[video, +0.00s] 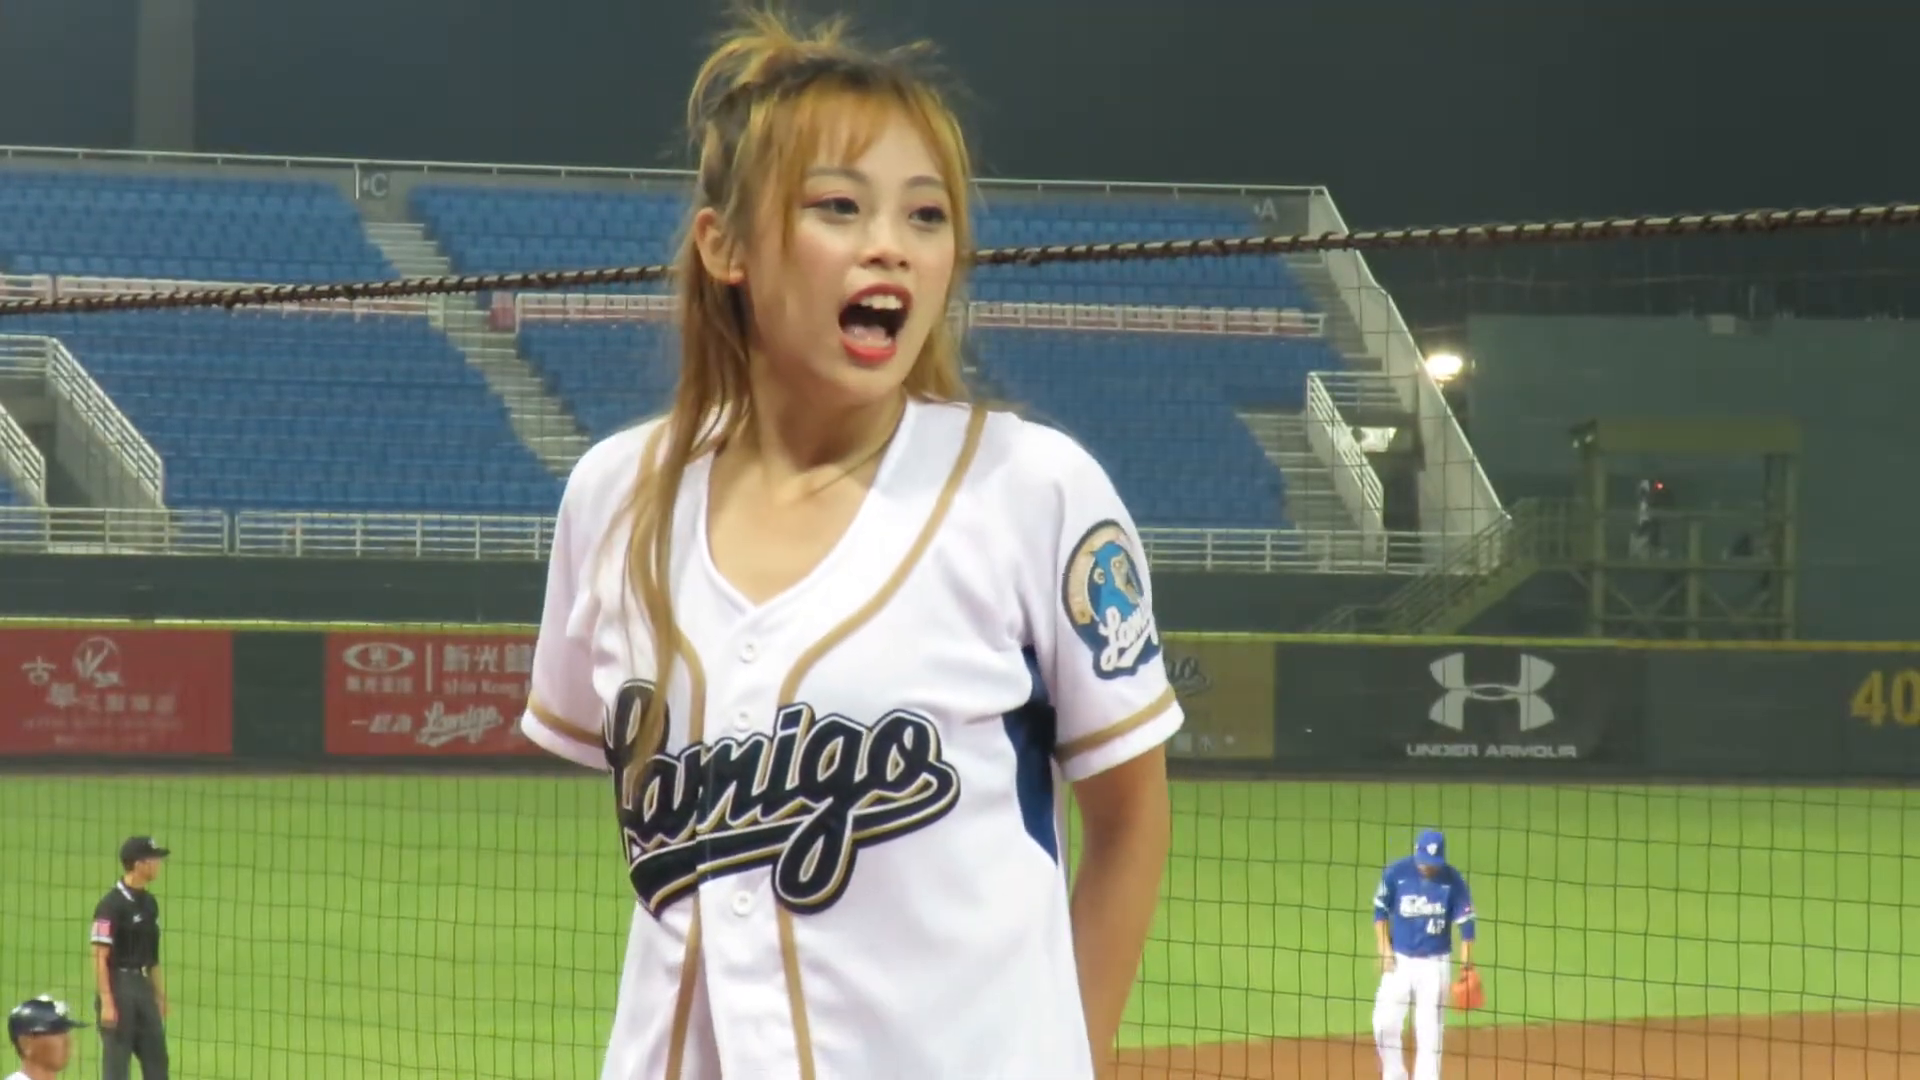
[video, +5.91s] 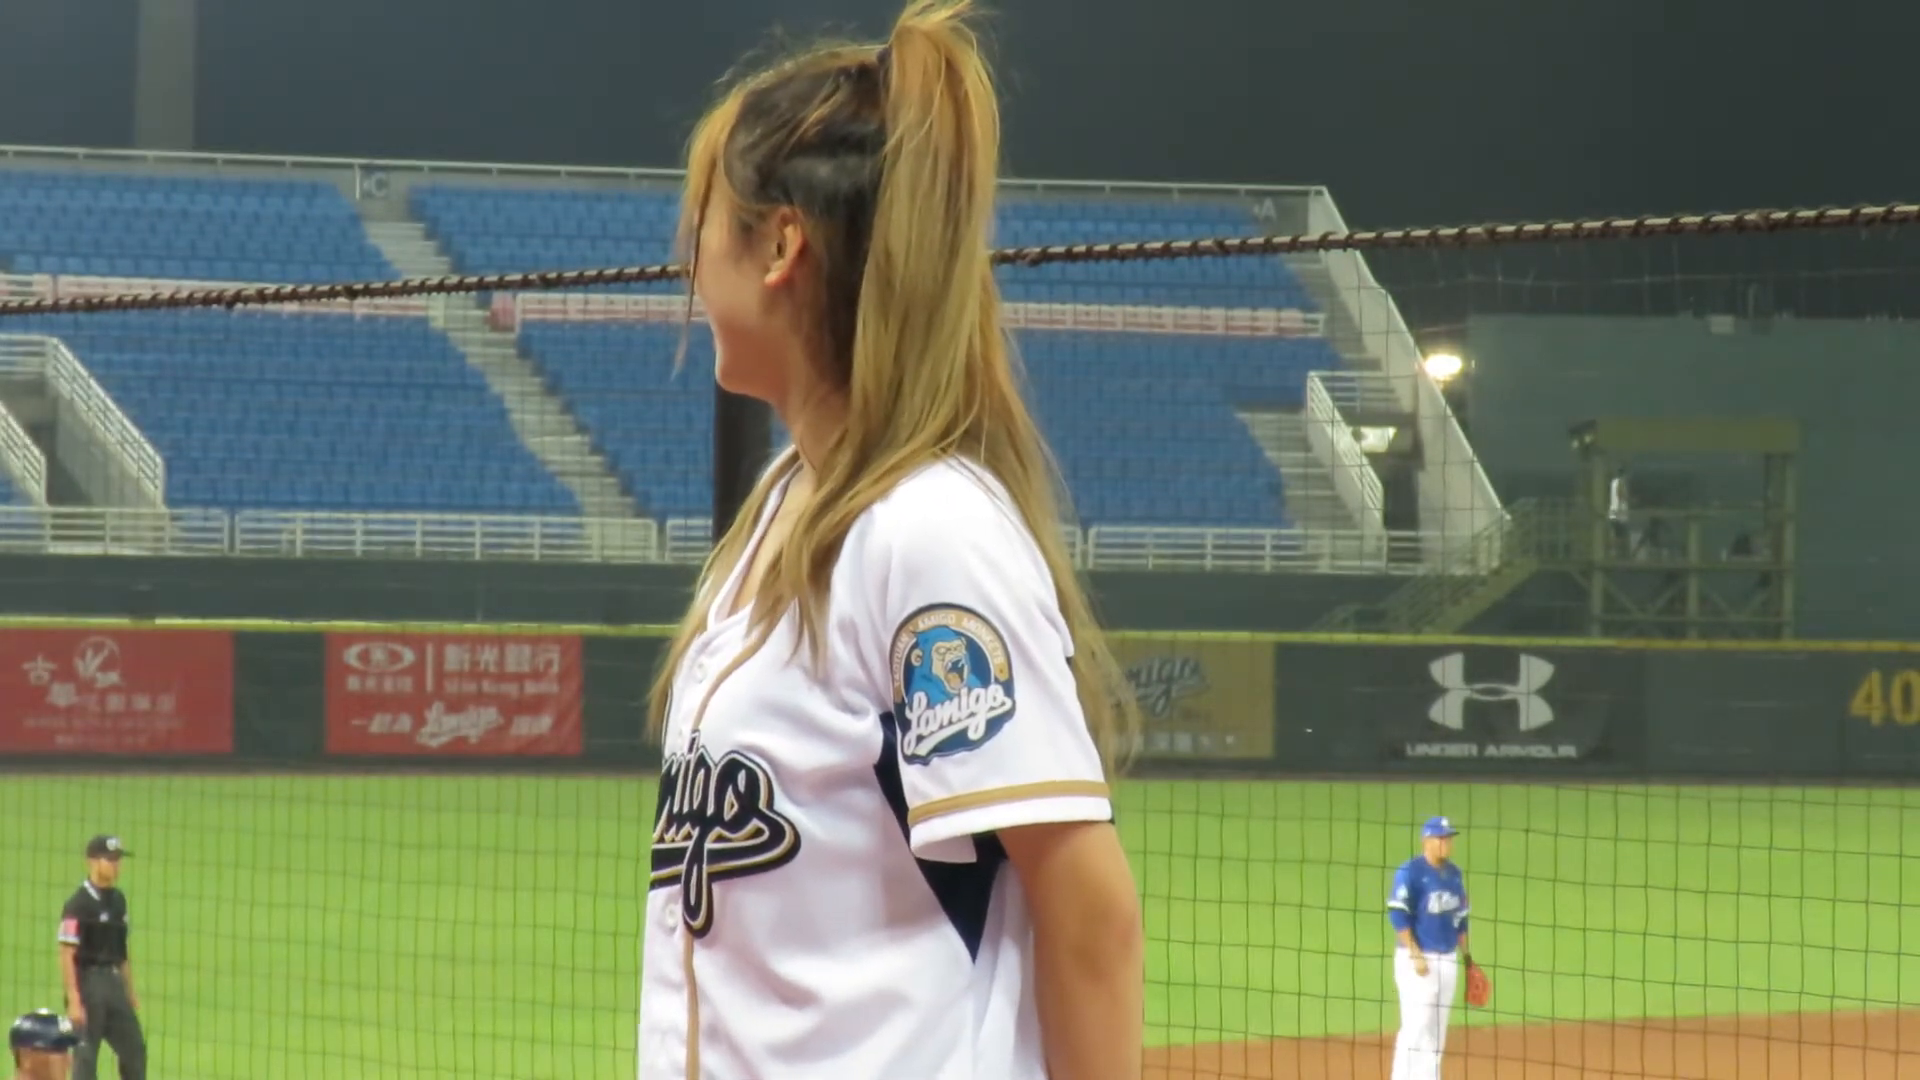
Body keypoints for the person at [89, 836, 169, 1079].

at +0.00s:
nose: (158, 865)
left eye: (157, 860)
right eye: (153, 860)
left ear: (143, 865)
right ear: (137, 865)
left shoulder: (149, 903)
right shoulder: (111, 904)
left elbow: (152, 957)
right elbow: (100, 957)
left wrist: (159, 995)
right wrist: (107, 1002)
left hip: (142, 977)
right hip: (117, 977)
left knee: (156, 1057)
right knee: (117, 1059)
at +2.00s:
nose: (169, 861)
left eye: (170, 856)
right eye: (163, 855)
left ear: (169, 858)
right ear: (147, 857)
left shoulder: (166, 899)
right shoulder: (128, 895)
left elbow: (167, 948)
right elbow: (111, 945)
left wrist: (182, 987)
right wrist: (118, 991)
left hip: (154, 969)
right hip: (130, 967)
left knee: (149, 1045)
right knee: (125, 1045)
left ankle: (144, 1075)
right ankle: (114, 1074)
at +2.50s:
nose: (135, 864)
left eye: (138, 858)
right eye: (129, 857)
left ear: (140, 861)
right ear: (114, 858)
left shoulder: (140, 901)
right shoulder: (94, 902)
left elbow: (143, 948)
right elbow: (79, 951)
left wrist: (153, 989)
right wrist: (88, 995)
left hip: (127, 977)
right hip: (100, 976)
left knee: (141, 1055)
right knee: (90, 1059)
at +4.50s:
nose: (116, 866)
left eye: (118, 860)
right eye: (109, 860)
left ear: (121, 862)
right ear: (94, 861)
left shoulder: (119, 901)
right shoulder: (78, 903)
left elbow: (122, 952)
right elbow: (65, 954)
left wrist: (129, 990)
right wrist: (71, 999)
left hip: (113, 973)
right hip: (87, 973)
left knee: (125, 1054)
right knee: (84, 1053)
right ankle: (81, 1074)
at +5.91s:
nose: (116, 866)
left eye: (117, 860)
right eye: (110, 860)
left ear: (119, 862)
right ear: (93, 861)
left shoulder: (117, 899)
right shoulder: (78, 904)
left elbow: (121, 951)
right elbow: (66, 954)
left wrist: (129, 990)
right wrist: (74, 1001)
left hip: (113, 974)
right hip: (88, 974)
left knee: (134, 1048)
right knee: (86, 1053)